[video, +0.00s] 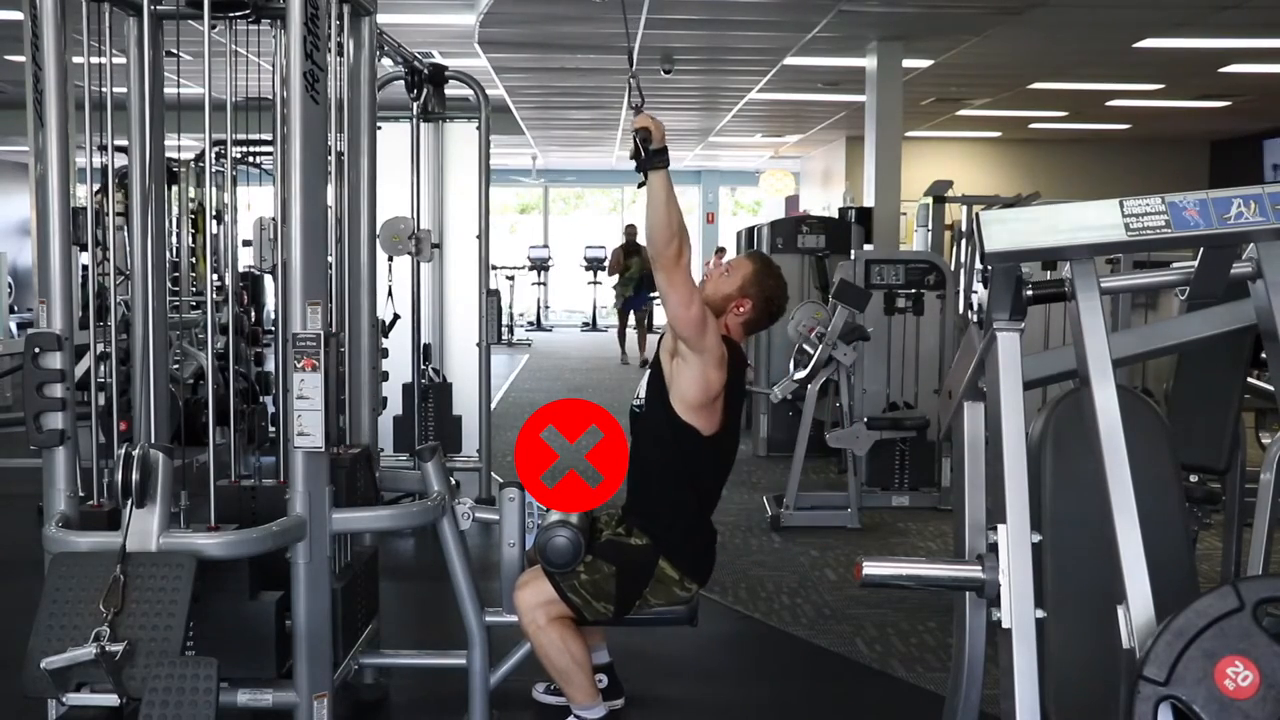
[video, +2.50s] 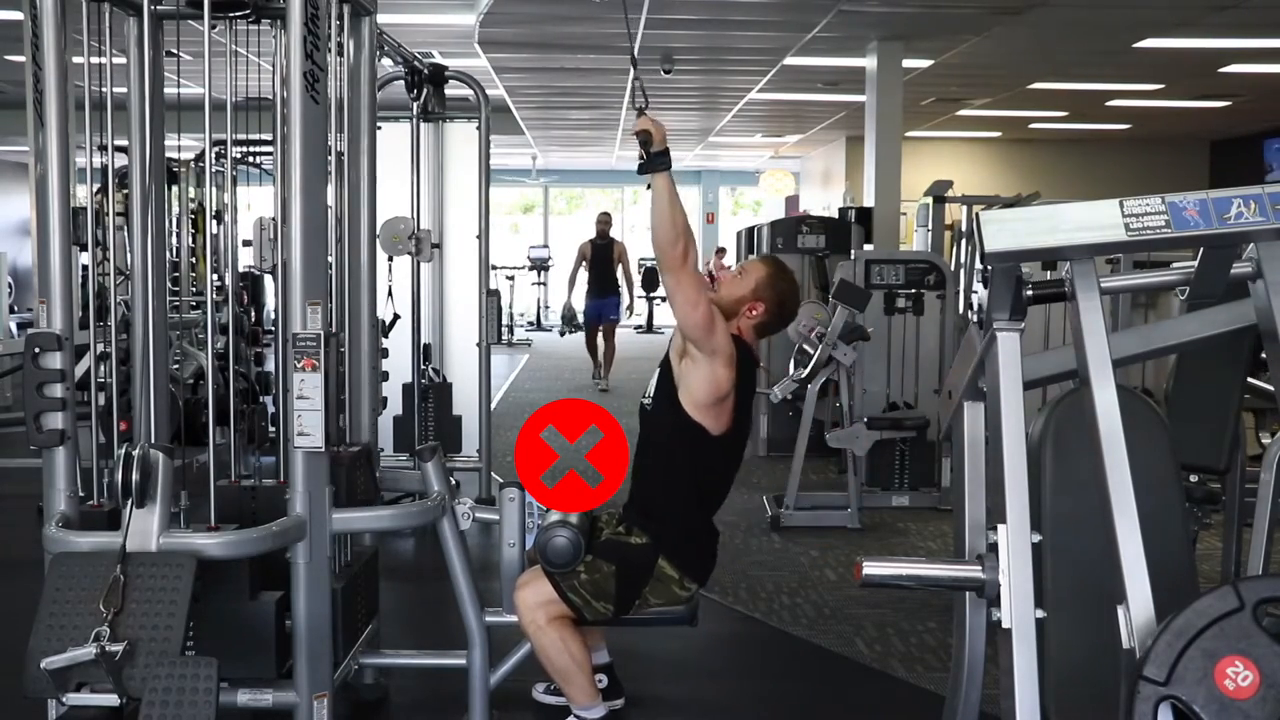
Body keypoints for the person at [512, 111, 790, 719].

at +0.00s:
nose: (713, 262)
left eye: (726, 266)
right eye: (724, 257)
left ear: (737, 308)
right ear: (737, 311)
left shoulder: (702, 347)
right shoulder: (702, 341)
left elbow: (669, 256)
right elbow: (670, 255)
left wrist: (655, 157)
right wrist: (652, 165)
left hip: (664, 550)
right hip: (659, 533)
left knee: (532, 597)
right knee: (552, 551)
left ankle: (588, 709)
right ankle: (591, 670)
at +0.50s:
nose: (785, 310)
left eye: (798, 309)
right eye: (795, 304)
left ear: (814, 344)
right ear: (813, 348)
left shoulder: (776, 407)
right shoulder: (773, 386)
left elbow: (731, 355)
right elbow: (739, 347)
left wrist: (704, 250)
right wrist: (711, 258)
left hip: (670, 561)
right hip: (651, 529)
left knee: (533, 597)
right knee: (553, 548)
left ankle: (589, 709)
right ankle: (595, 673)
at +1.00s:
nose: (836, 363)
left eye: (851, 364)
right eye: (847, 356)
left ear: (867, 401)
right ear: (861, 402)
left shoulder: (833, 454)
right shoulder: (812, 426)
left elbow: (811, 525)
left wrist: (786, 431)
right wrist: (773, 396)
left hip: (680, 561)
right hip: (660, 524)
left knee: (537, 596)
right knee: (551, 553)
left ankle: (590, 710)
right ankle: (594, 671)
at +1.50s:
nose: (838, 366)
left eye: (854, 367)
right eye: (849, 359)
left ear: (870, 403)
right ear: (863, 403)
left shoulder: (836, 456)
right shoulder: (814, 428)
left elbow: (806, 516)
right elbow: (765, 448)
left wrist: (790, 427)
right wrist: (767, 398)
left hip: (681, 562)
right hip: (662, 524)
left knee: (538, 595)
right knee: (551, 551)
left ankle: (590, 710)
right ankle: (593, 670)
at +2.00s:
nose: (789, 316)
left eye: (804, 316)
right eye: (800, 310)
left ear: (821, 351)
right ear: (820, 354)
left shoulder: (781, 402)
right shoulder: (777, 389)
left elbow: (737, 346)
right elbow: (738, 339)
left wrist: (706, 246)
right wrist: (709, 249)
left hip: (671, 561)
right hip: (655, 530)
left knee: (533, 597)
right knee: (553, 544)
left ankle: (589, 710)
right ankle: (594, 671)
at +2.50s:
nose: (723, 267)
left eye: (738, 271)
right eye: (737, 263)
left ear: (751, 308)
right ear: (751, 311)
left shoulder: (713, 348)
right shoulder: (718, 344)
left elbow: (676, 252)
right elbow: (679, 255)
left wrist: (656, 153)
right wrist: (655, 159)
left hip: (665, 551)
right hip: (662, 534)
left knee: (533, 596)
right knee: (553, 544)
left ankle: (589, 709)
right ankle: (592, 667)